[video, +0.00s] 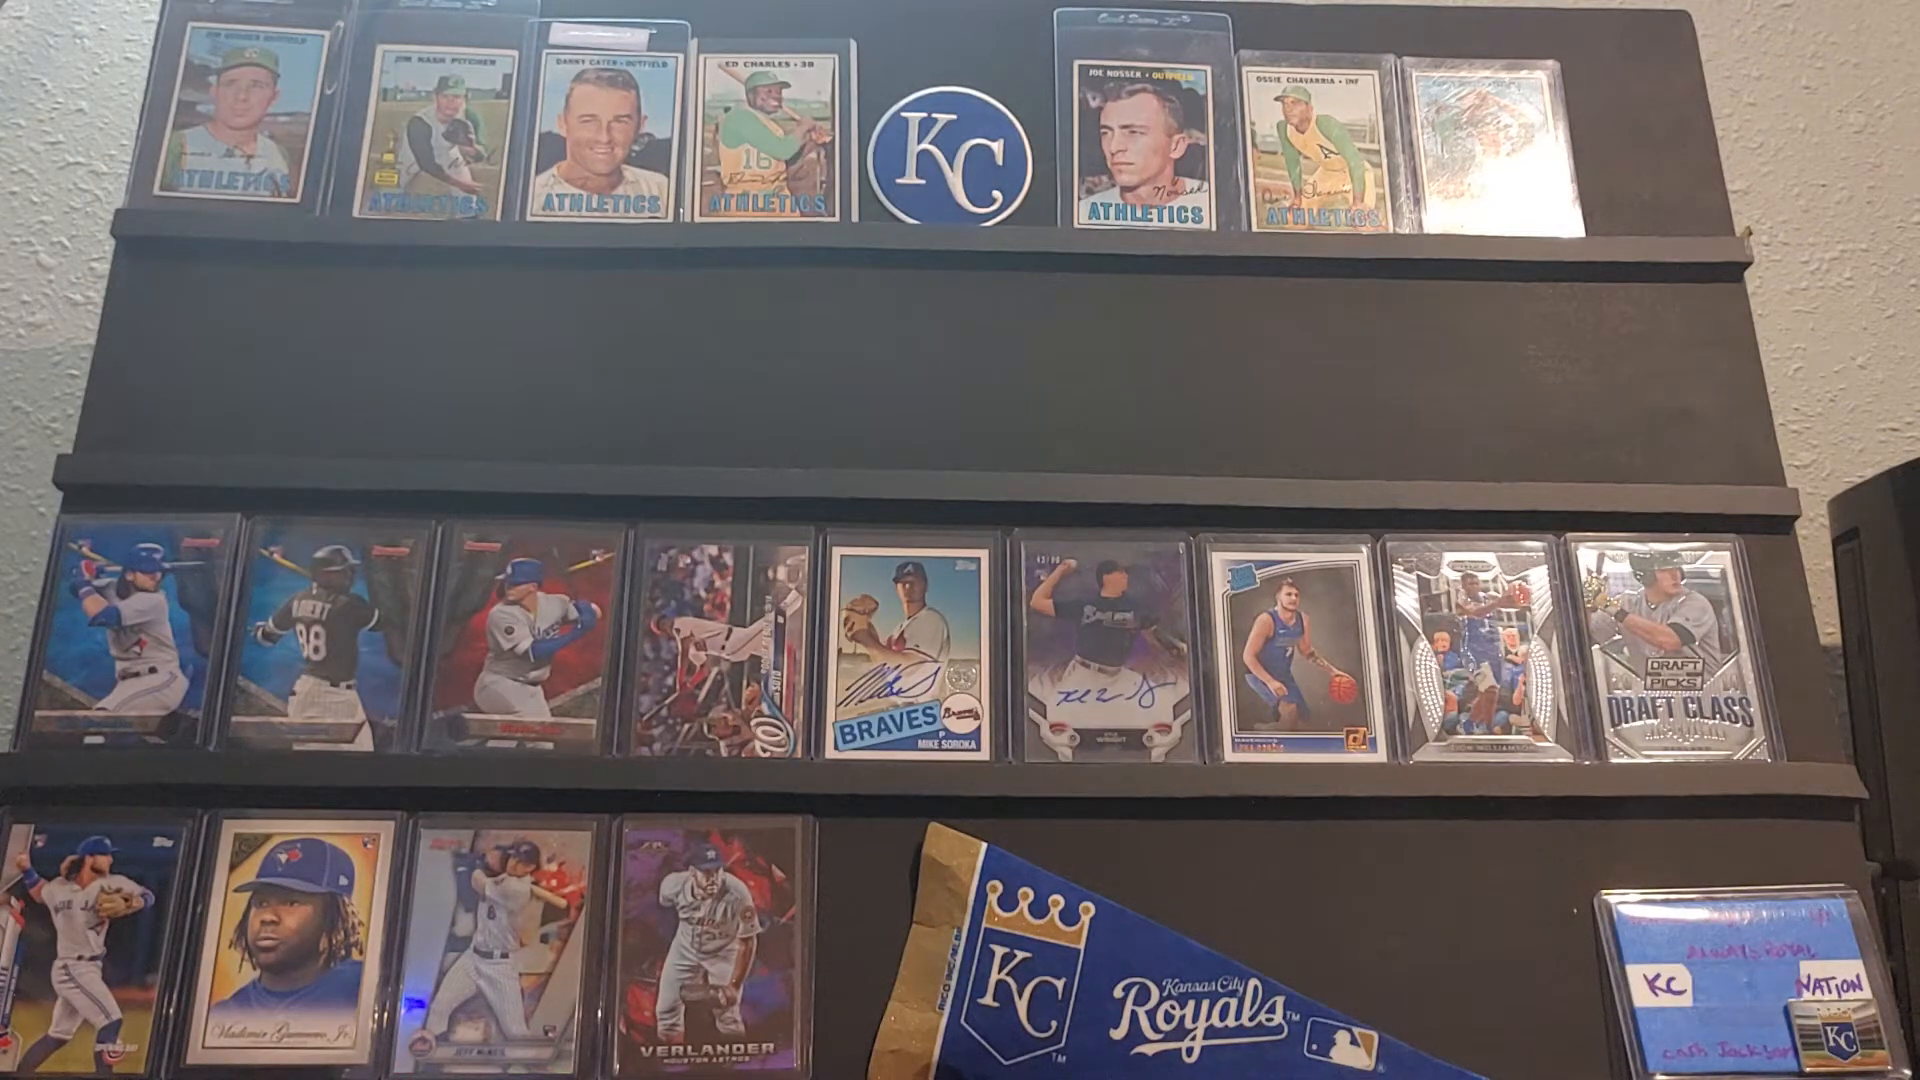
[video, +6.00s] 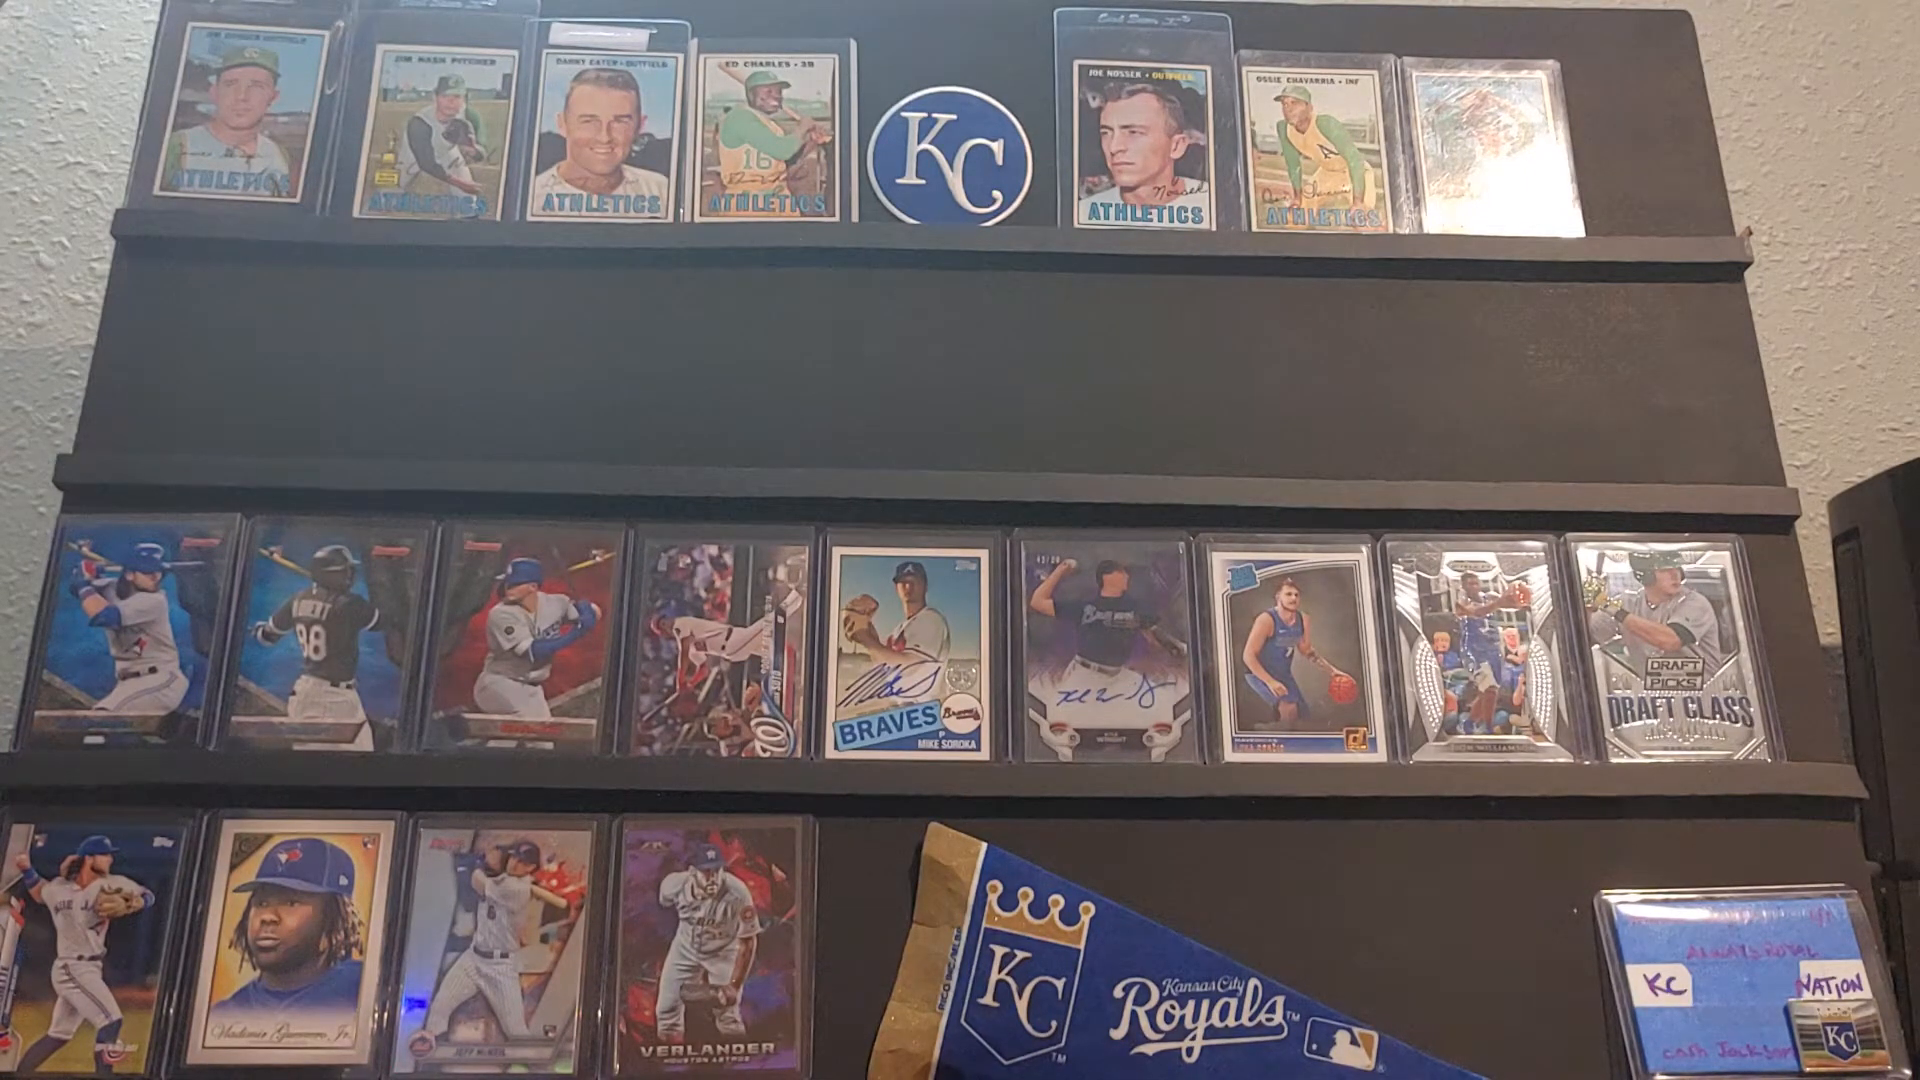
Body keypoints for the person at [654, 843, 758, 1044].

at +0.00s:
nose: (712, 878)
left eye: (716, 871)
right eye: (705, 872)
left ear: (722, 869)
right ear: (691, 870)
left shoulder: (738, 893)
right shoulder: (673, 885)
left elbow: (748, 941)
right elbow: (666, 914)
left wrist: (735, 985)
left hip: (724, 953)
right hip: (684, 947)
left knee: (727, 1015)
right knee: (666, 1009)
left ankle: (739, 1068)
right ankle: (673, 1071)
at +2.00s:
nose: (711, 878)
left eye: (716, 872)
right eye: (705, 872)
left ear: (722, 870)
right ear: (693, 871)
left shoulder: (738, 893)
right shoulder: (673, 885)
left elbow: (748, 941)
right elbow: (666, 907)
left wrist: (735, 985)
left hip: (724, 953)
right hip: (684, 947)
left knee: (727, 1014)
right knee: (666, 1009)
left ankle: (739, 1069)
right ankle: (674, 1069)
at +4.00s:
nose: (712, 878)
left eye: (716, 871)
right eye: (705, 872)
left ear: (722, 869)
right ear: (693, 870)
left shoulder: (738, 893)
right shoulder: (673, 886)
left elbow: (749, 941)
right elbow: (667, 910)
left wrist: (735, 985)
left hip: (724, 953)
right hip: (684, 948)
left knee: (727, 1015)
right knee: (666, 1009)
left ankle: (740, 1068)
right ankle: (673, 1071)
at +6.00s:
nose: (712, 878)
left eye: (716, 871)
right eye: (705, 872)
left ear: (722, 869)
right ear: (693, 870)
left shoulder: (738, 892)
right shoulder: (674, 885)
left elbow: (749, 941)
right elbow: (666, 907)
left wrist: (735, 985)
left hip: (725, 953)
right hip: (685, 947)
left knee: (727, 1015)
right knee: (666, 1009)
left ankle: (741, 1068)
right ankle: (673, 1069)